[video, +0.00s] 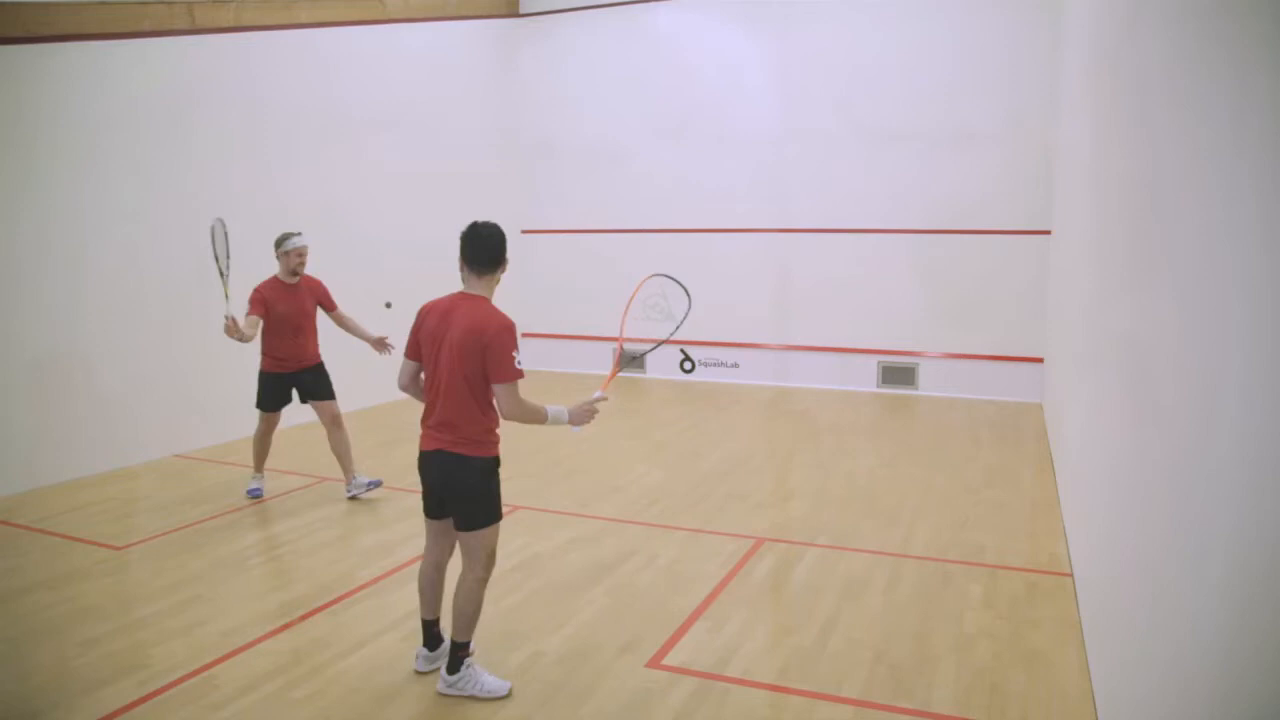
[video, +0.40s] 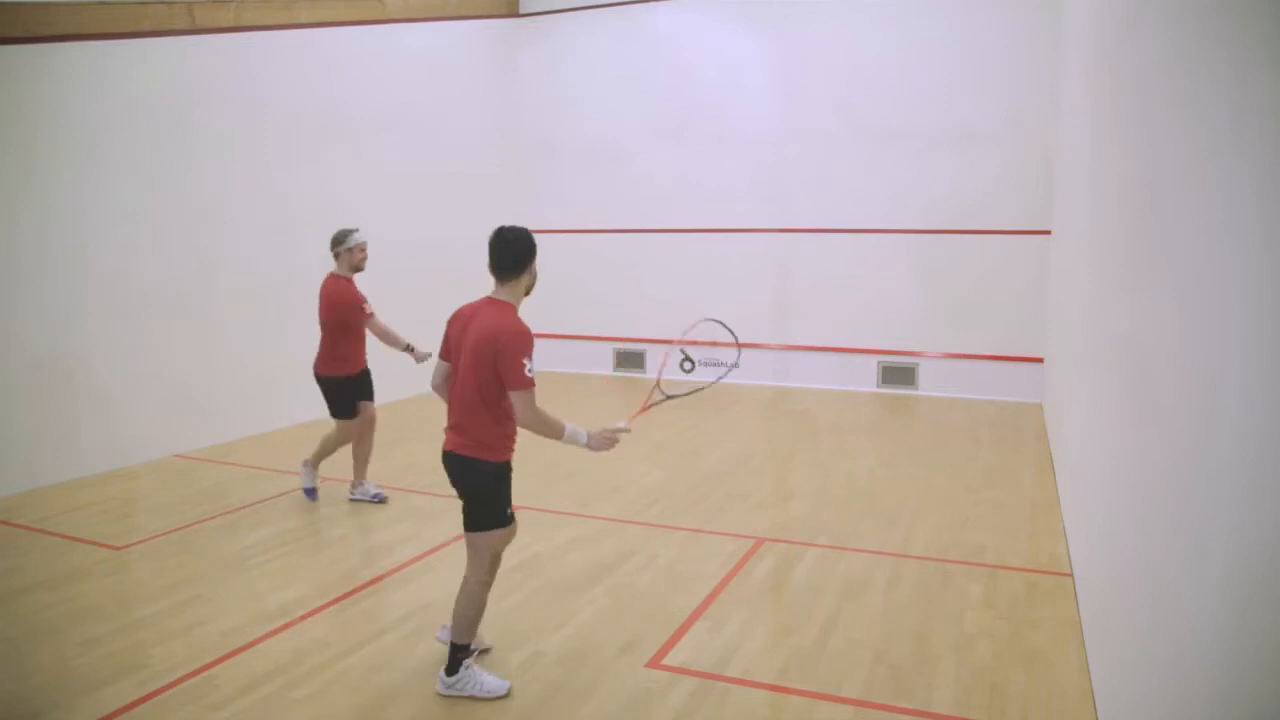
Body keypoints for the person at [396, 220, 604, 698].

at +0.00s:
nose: (502, 268)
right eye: (504, 261)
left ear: (461, 262)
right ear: (503, 266)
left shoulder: (431, 312)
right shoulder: (496, 325)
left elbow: (407, 381)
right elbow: (510, 407)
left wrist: (447, 401)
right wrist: (566, 414)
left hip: (432, 458)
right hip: (473, 464)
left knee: (436, 549)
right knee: (477, 566)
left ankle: (430, 646)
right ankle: (458, 668)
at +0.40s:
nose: (537, 271)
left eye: (534, 263)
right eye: (537, 264)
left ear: (491, 268)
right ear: (530, 269)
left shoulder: (463, 315)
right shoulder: (513, 331)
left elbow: (440, 380)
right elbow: (526, 414)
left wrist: (480, 412)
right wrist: (585, 437)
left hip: (460, 452)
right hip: (486, 462)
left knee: (502, 530)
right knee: (481, 567)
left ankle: (461, 628)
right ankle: (456, 671)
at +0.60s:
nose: (564, 273)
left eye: (559, 265)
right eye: (562, 266)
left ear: (520, 271)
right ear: (555, 272)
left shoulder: (493, 319)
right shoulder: (543, 332)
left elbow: (468, 384)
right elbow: (560, 413)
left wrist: (508, 418)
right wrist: (618, 432)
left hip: (493, 453)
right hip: (515, 463)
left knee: (532, 523)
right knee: (497, 564)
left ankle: (539, 614)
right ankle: (457, 668)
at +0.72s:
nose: (583, 275)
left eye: (579, 268)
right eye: (581, 268)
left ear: (541, 274)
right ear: (575, 274)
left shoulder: (519, 321)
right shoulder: (564, 333)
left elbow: (495, 385)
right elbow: (586, 411)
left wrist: (535, 417)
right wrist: (646, 421)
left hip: (520, 453)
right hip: (540, 464)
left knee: (559, 523)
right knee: (531, 571)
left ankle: (544, 616)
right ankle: (468, 657)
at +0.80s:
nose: (599, 272)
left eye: (595, 264)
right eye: (597, 265)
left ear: (556, 274)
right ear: (591, 272)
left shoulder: (537, 321)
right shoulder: (578, 332)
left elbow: (521, 383)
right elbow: (600, 405)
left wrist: (565, 400)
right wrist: (663, 409)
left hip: (537, 451)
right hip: (559, 460)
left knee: (563, 537)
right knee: (586, 564)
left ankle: (543, 613)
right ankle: (505, 631)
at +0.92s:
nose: (628, 268)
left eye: (625, 260)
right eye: (626, 261)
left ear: (587, 270)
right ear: (619, 268)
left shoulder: (572, 316)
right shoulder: (600, 326)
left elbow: (570, 385)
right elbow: (622, 398)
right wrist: (685, 394)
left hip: (565, 446)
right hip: (588, 453)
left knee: (574, 528)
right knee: (648, 538)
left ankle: (544, 615)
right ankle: (604, 627)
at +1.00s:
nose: (651, 272)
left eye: (647, 265)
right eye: (648, 266)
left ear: (611, 273)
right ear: (642, 272)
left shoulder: (600, 317)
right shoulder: (619, 326)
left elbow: (602, 378)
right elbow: (638, 397)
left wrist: (645, 376)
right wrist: (700, 387)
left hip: (587, 450)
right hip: (612, 456)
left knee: (579, 530)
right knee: (679, 531)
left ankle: (545, 615)